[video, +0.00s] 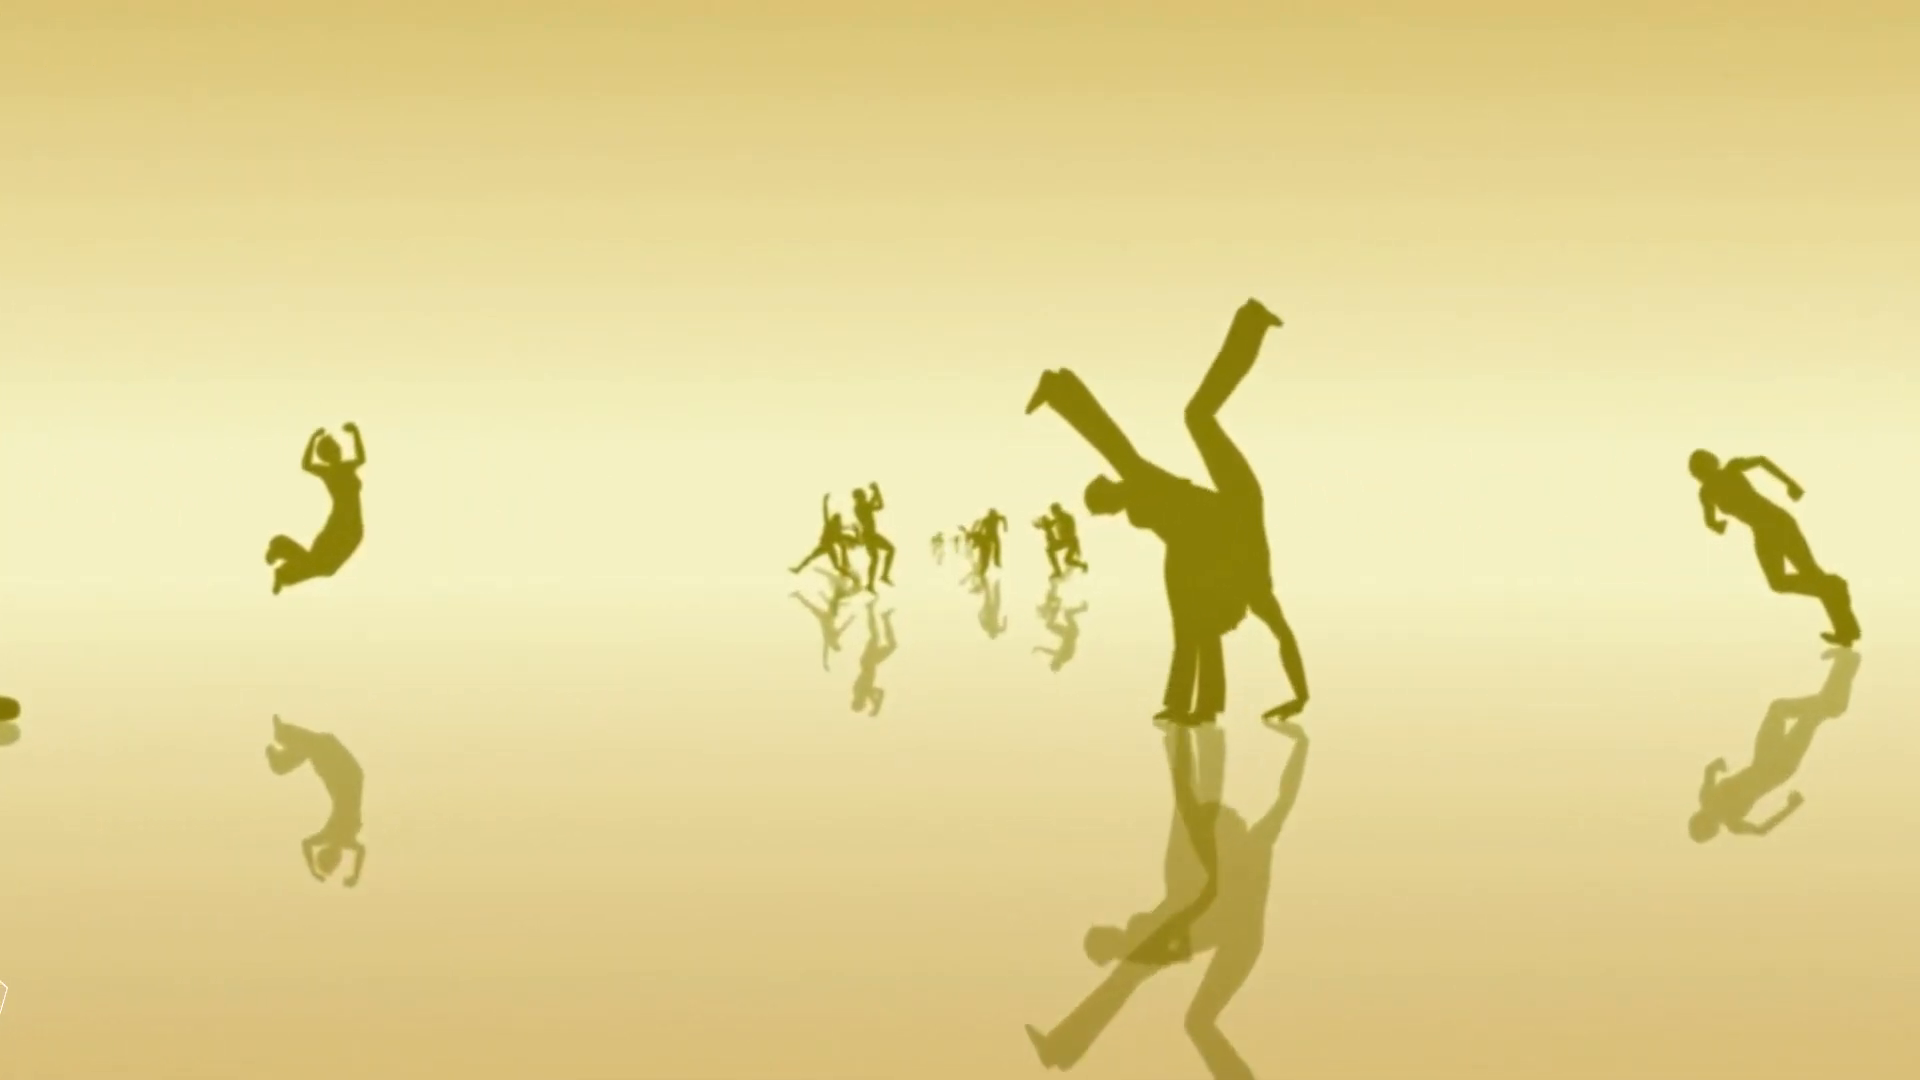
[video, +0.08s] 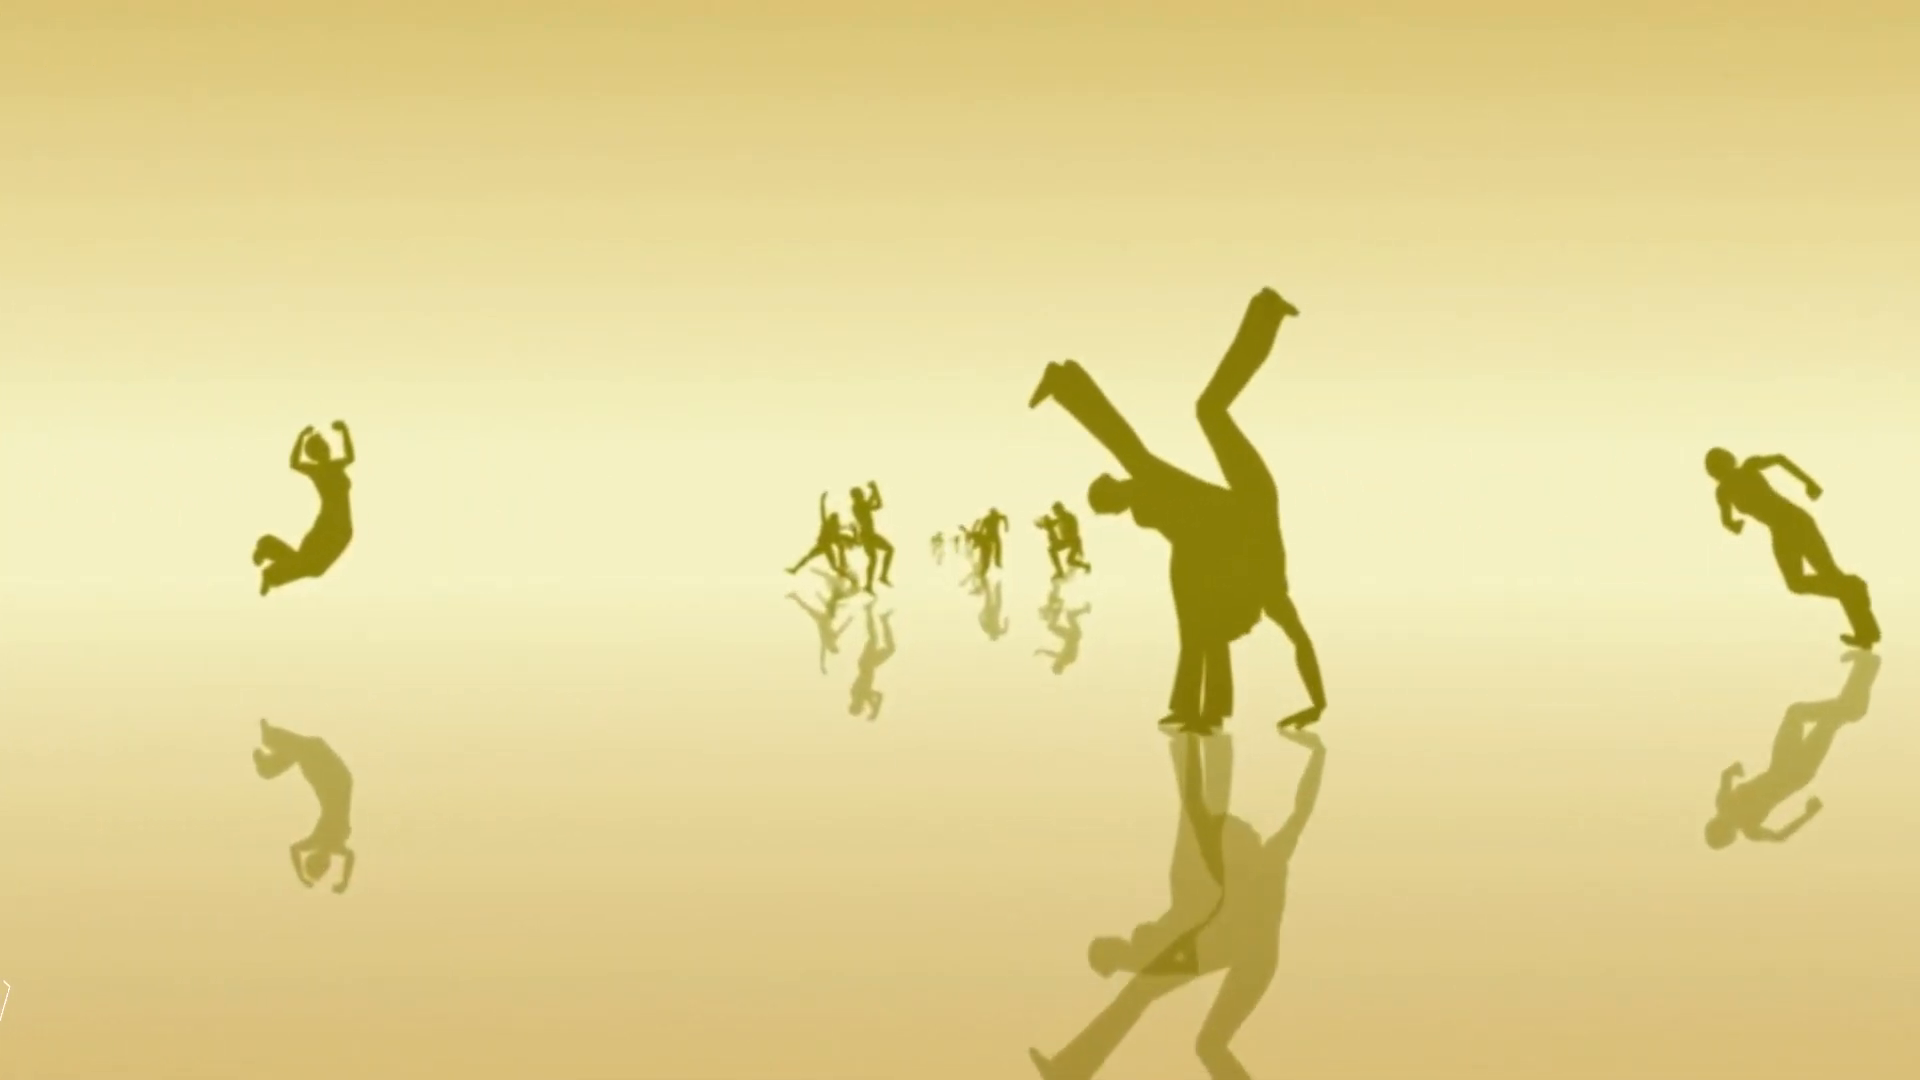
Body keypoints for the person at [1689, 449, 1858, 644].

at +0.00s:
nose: (1701, 475)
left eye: (1702, 469)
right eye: (1697, 472)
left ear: (1710, 464)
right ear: (1697, 473)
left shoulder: (1732, 468)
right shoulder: (1706, 492)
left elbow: (1761, 460)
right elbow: (1709, 519)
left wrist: (1789, 483)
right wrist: (1717, 526)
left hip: (1777, 520)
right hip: (1761, 530)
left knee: (1810, 571)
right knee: (1778, 582)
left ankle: (1845, 630)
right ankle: (1830, 585)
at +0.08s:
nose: (1718, 474)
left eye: (1717, 468)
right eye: (1714, 470)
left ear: (1724, 463)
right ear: (1716, 469)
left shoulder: (1750, 466)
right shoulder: (1723, 492)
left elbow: (1780, 459)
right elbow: (1726, 518)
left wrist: (1808, 482)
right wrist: (1734, 526)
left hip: (1795, 519)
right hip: (1779, 529)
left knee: (1829, 572)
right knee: (1796, 583)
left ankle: (1865, 631)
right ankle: (1849, 586)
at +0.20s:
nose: (1729, 473)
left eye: (1728, 467)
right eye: (1725, 470)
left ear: (1736, 462)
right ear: (1726, 470)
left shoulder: (1762, 465)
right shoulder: (1734, 491)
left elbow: (1792, 458)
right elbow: (1737, 519)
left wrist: (1821, 481)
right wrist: (1746, 526)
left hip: (1808, 519)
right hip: (1791, 529)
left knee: (1842, 573)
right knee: (1808, 584)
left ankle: (1879, 633)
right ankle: (1863, 587)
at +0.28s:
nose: (1745, 472)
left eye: (1745, 466)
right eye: (1742, 468)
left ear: (1752, 461)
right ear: (1751, 462)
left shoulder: (1780, 463)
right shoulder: (1751, 490)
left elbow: (1810, 456)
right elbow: (1755, 517)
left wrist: (1840, 480)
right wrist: (1763, 526)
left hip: (1828, 519)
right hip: (1810, 529)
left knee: (1863, 575)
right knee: (1827, 585)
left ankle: (1900, 635)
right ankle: (1884, 588)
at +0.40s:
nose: (1760, 471)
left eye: (1760, 464)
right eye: (1755, 468)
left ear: (1768, 459)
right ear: (1754, 470)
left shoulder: (1793, 462)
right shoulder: (1764, 489)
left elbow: (1825, 455)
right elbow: (1767, 517)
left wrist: (1854, 478)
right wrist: (1776, 525)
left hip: (1843, 520)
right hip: (1824, 530)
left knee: (1877, 576)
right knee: (1841, 586)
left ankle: (1912, 637)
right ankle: (1899, 590)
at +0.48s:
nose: (1777, 471)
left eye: (1778, 464)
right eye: (1773, 467)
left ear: (1788, 456)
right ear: (1771, 468)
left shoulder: (1813, 460)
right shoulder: (1783, 489)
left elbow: (1845, 452)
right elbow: (1786, 517)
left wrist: (1876, 477)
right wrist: (1796, 525)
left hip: (1862, 517)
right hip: (1844, 528)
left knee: (1897, 573)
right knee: (1862, 586)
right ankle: (1911, 593)